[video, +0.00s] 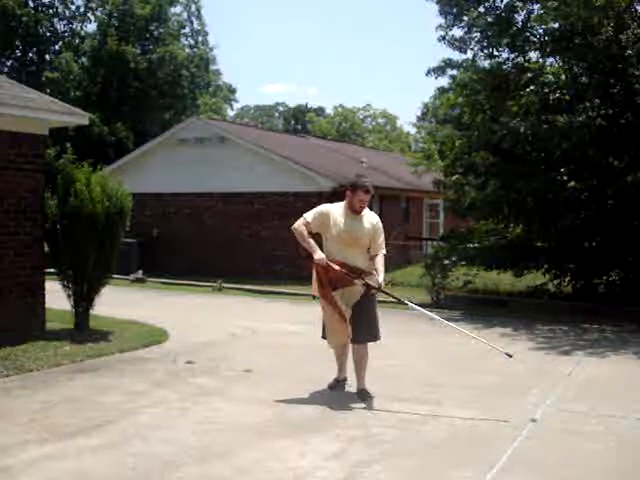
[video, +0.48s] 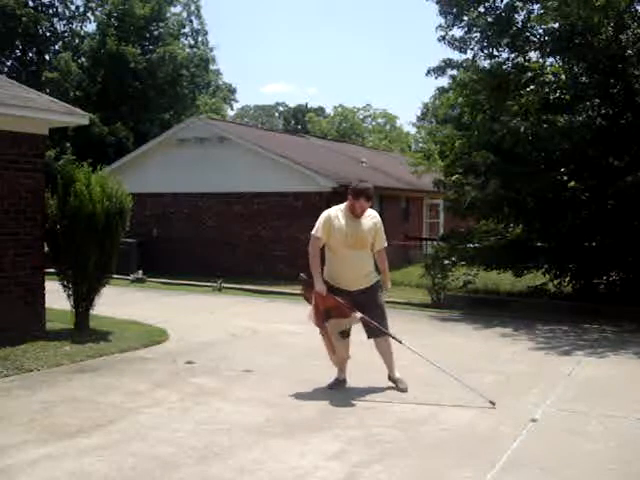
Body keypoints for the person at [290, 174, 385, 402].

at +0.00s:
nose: (363, 204)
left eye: (367, 200)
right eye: (360, 199)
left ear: (370, 199)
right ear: (348, 194)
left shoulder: (372, 221)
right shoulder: (328, 212)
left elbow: (378, 252)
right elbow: (299, 227)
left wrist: (379, 275)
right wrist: (315, 251)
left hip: (362, 288)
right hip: (333, 289)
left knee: (361, 339)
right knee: (338, 337)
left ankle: (361, 386)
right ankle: (341, 376)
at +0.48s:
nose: (363, 209)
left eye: (366, 205)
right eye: (360, 204)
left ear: (370, 203)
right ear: (350, 199)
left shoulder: (373, 219)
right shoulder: (330, 217)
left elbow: (380, 251)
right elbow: (314, 246)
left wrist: (386, 277)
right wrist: (318, 280)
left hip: (367, 287)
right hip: (337, 288)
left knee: (380, 332)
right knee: (339, 335)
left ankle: (393, 373)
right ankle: (341, 375)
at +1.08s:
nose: (396, 209)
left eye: (400, 206)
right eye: (393, 204)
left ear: (403, 205)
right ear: (384, 199)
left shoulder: (404, 220)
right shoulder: (362, 216)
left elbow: (408, 251)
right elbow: (346, 248)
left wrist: (413, 277)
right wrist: (343, 280)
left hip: (392, 290)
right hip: (362, 287)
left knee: (392, 336)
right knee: (348, 334)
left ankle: (395, 377)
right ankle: (333, 378)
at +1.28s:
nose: (393, 211)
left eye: (396, 208)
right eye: (391, 206)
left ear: (399, 207)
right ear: (381, 200)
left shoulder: (398, 221)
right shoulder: (358, 217)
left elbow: (400, 255)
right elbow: (343, 249)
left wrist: (403, 281)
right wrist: (341, 279)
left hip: (388, 291)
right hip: (358, 288)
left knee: (389, 336)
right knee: (346, 334)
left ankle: (395, 376)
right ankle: (334, 380)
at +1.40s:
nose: (389, 212)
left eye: (393, 208)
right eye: (387, 206)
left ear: (395, 207)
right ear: (378, 200)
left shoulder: (394, 222)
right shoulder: (355, 218)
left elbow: (395, 254)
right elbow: (341, 252)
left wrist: (387, 274)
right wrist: (337, 281)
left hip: (386, 290)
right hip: (356, 287)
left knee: (389, 337)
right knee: (345, 336)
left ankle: (395, 376)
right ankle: (334, 380)